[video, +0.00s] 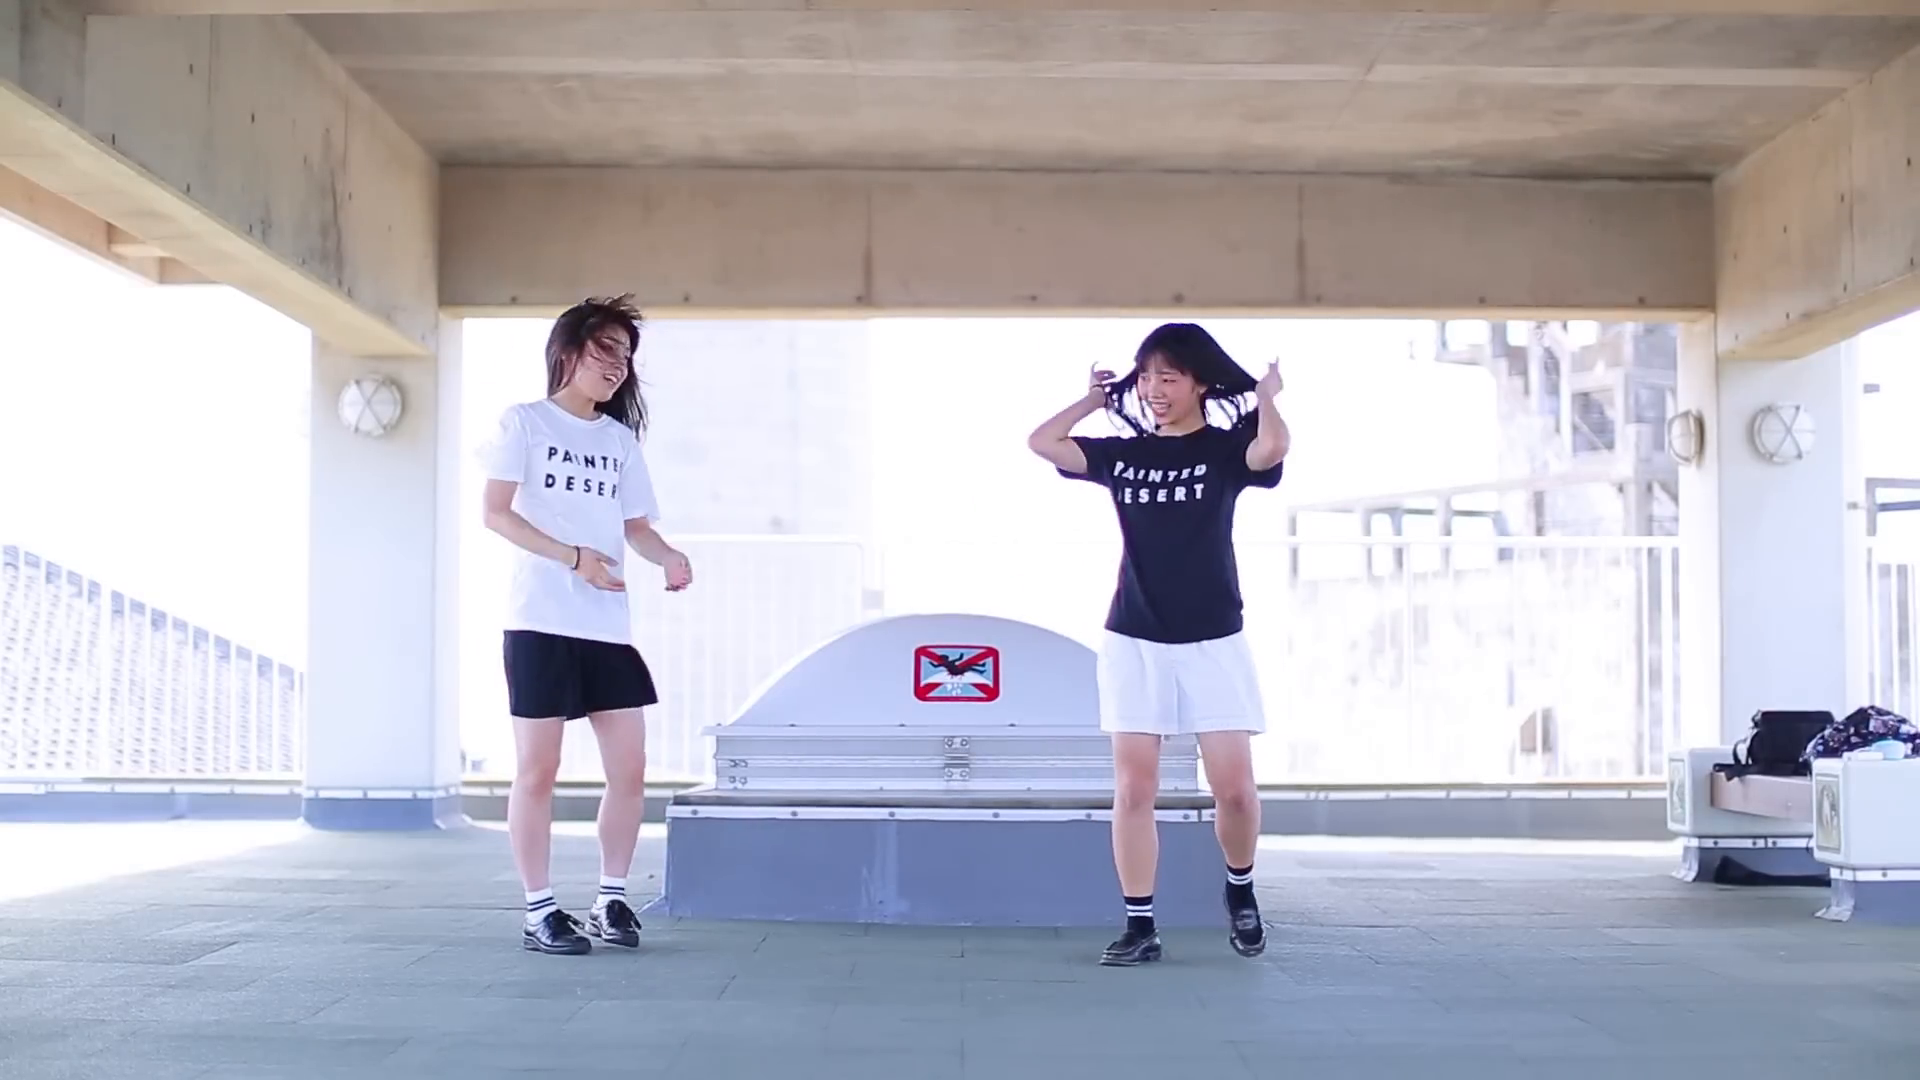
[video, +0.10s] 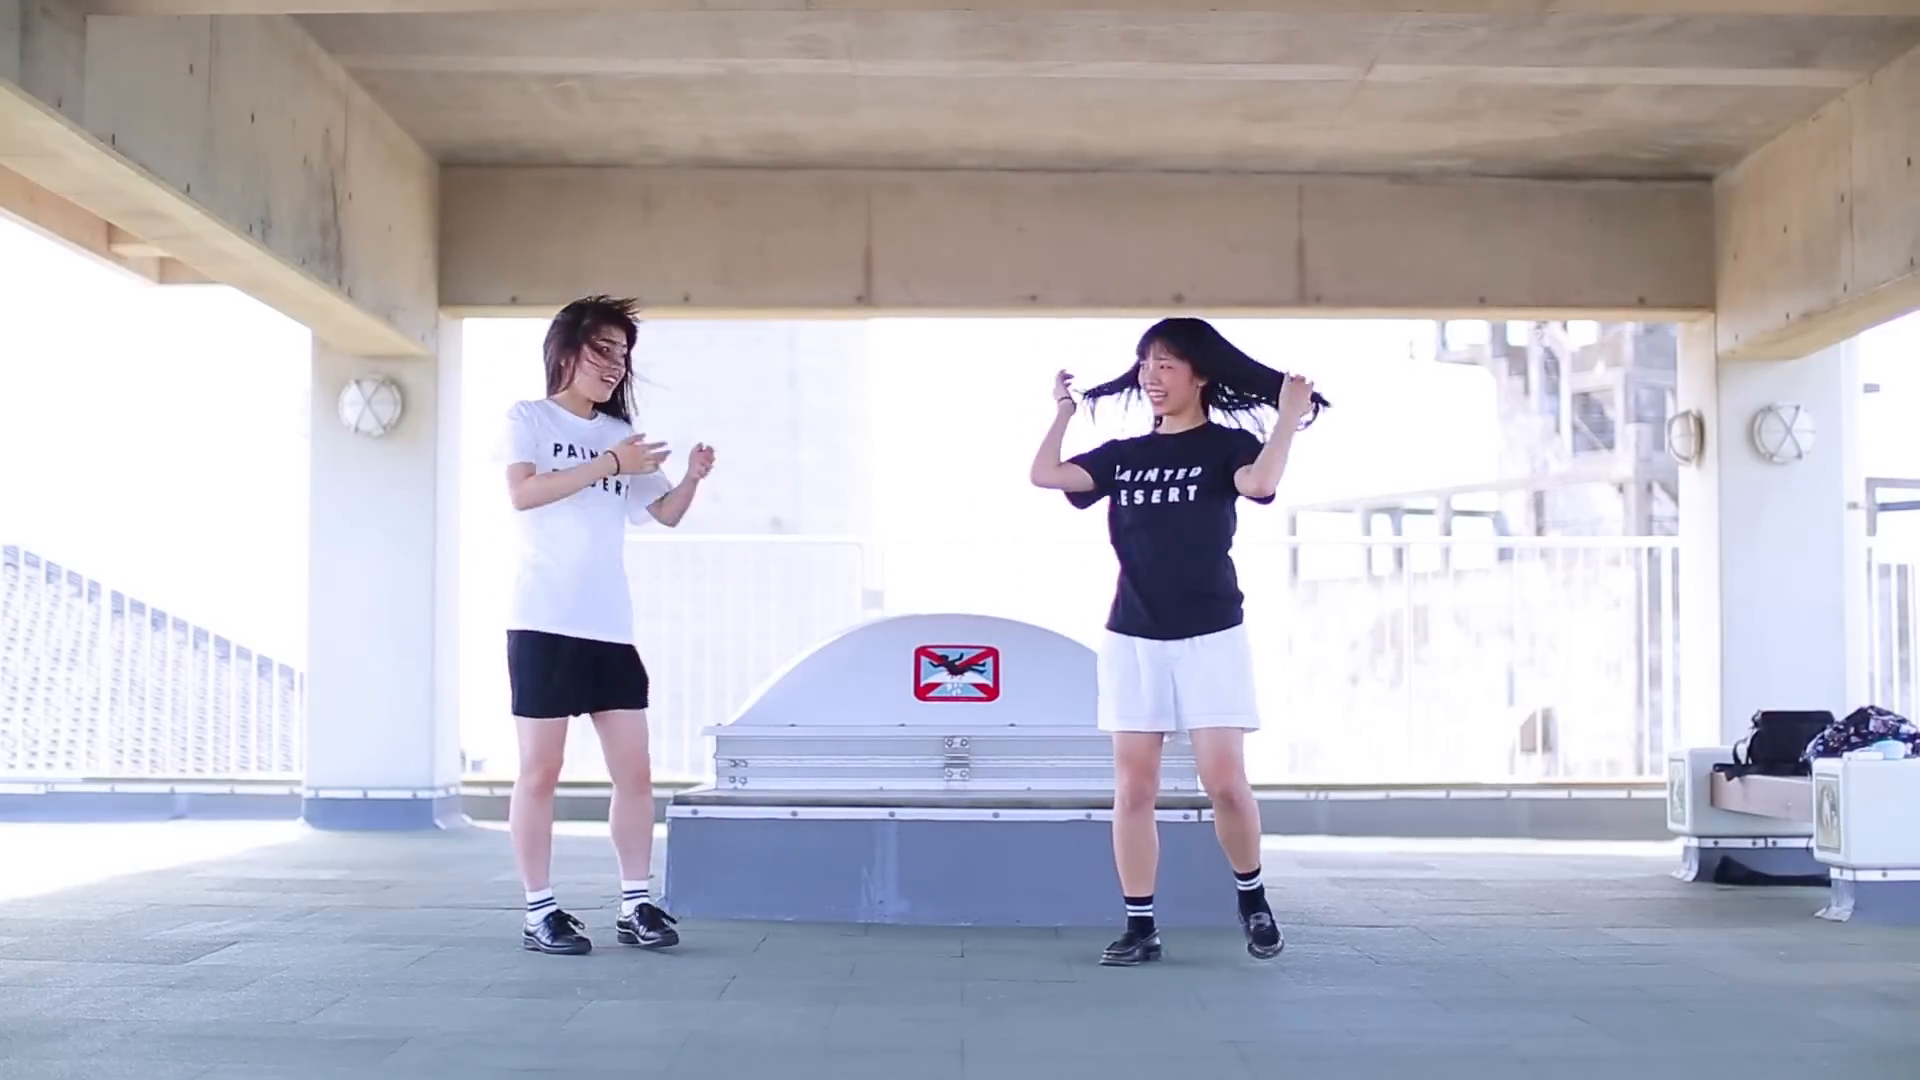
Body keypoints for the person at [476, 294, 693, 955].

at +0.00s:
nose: (616, 365)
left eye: (625, 357)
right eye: (605, 348)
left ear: (629, 369)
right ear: (568, 350)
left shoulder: (622, 442)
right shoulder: (523, 421)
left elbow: (637, 526)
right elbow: (495, 513)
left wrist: (667, 556)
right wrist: (572, 555)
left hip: (608, 626)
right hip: (539, 623)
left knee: (629, 769)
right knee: (538, 772)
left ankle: (614, 898)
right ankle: (540, 910)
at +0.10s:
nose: (613, 364)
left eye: (622, 355)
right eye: (601, 351)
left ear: (626, 362)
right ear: (567, 349)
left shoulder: (622, 437)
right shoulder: (528, 418)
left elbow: (666, 513)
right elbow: (522, 493)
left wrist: (690, 478)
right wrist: (611, 465)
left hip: (609, 623)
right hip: (542, 622)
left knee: (634, 772)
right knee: (540, 774)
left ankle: (636, 903)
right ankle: (540, 910)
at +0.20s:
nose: (614, 365)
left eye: (622, 355)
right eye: (600, 350)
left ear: (628, 364)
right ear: (565, 353)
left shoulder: (633, 434)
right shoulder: (535, 412)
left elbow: (700, 469)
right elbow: (552, 450)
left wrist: (693, 399)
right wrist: (612, 386)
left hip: (618, 627)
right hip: (549, 625)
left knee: (638, 775)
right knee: (544, 774)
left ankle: (656, 905)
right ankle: (540, 912)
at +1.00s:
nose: (661, 359)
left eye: (671, 350)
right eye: (649, 348)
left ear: (682, 358)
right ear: (623, 352)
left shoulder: (704, 419)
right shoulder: (599, 418)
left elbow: (775, 399)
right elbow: (585, 420)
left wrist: (725, 326)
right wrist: (610, 343)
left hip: (691, 621)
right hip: (618, 621)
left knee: (673, 776)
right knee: (590, 775)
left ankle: (659, 910)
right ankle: (548, 908)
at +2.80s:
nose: (651, 367)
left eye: (659, 358)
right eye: (638, 356)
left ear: (670, 363)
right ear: (607, 358)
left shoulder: (682, 430)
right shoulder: (584, 414)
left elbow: (752, 436)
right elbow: (571, 425)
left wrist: (708, 358)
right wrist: (613, 365)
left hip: (668, 623)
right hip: (592, 619)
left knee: (679, 779)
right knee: (587, 776)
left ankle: (665, 905)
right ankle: (587, 909)